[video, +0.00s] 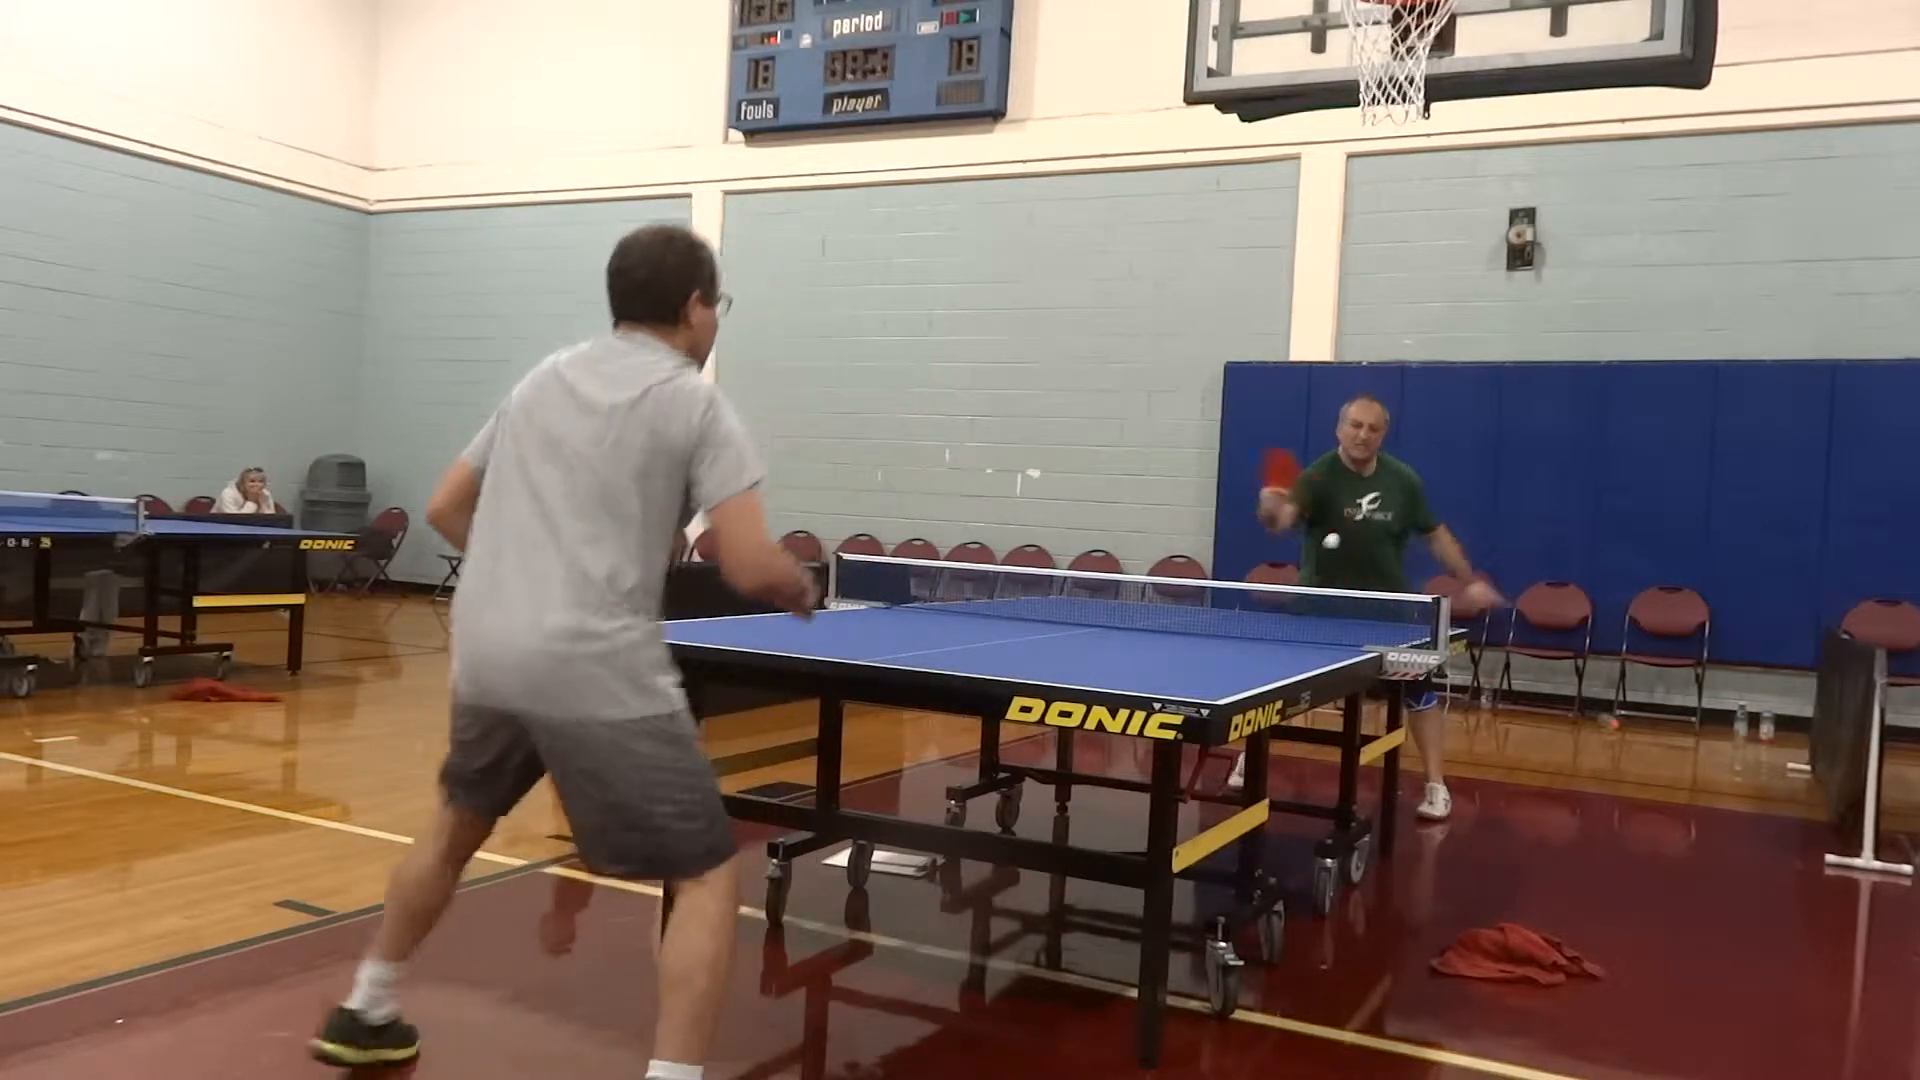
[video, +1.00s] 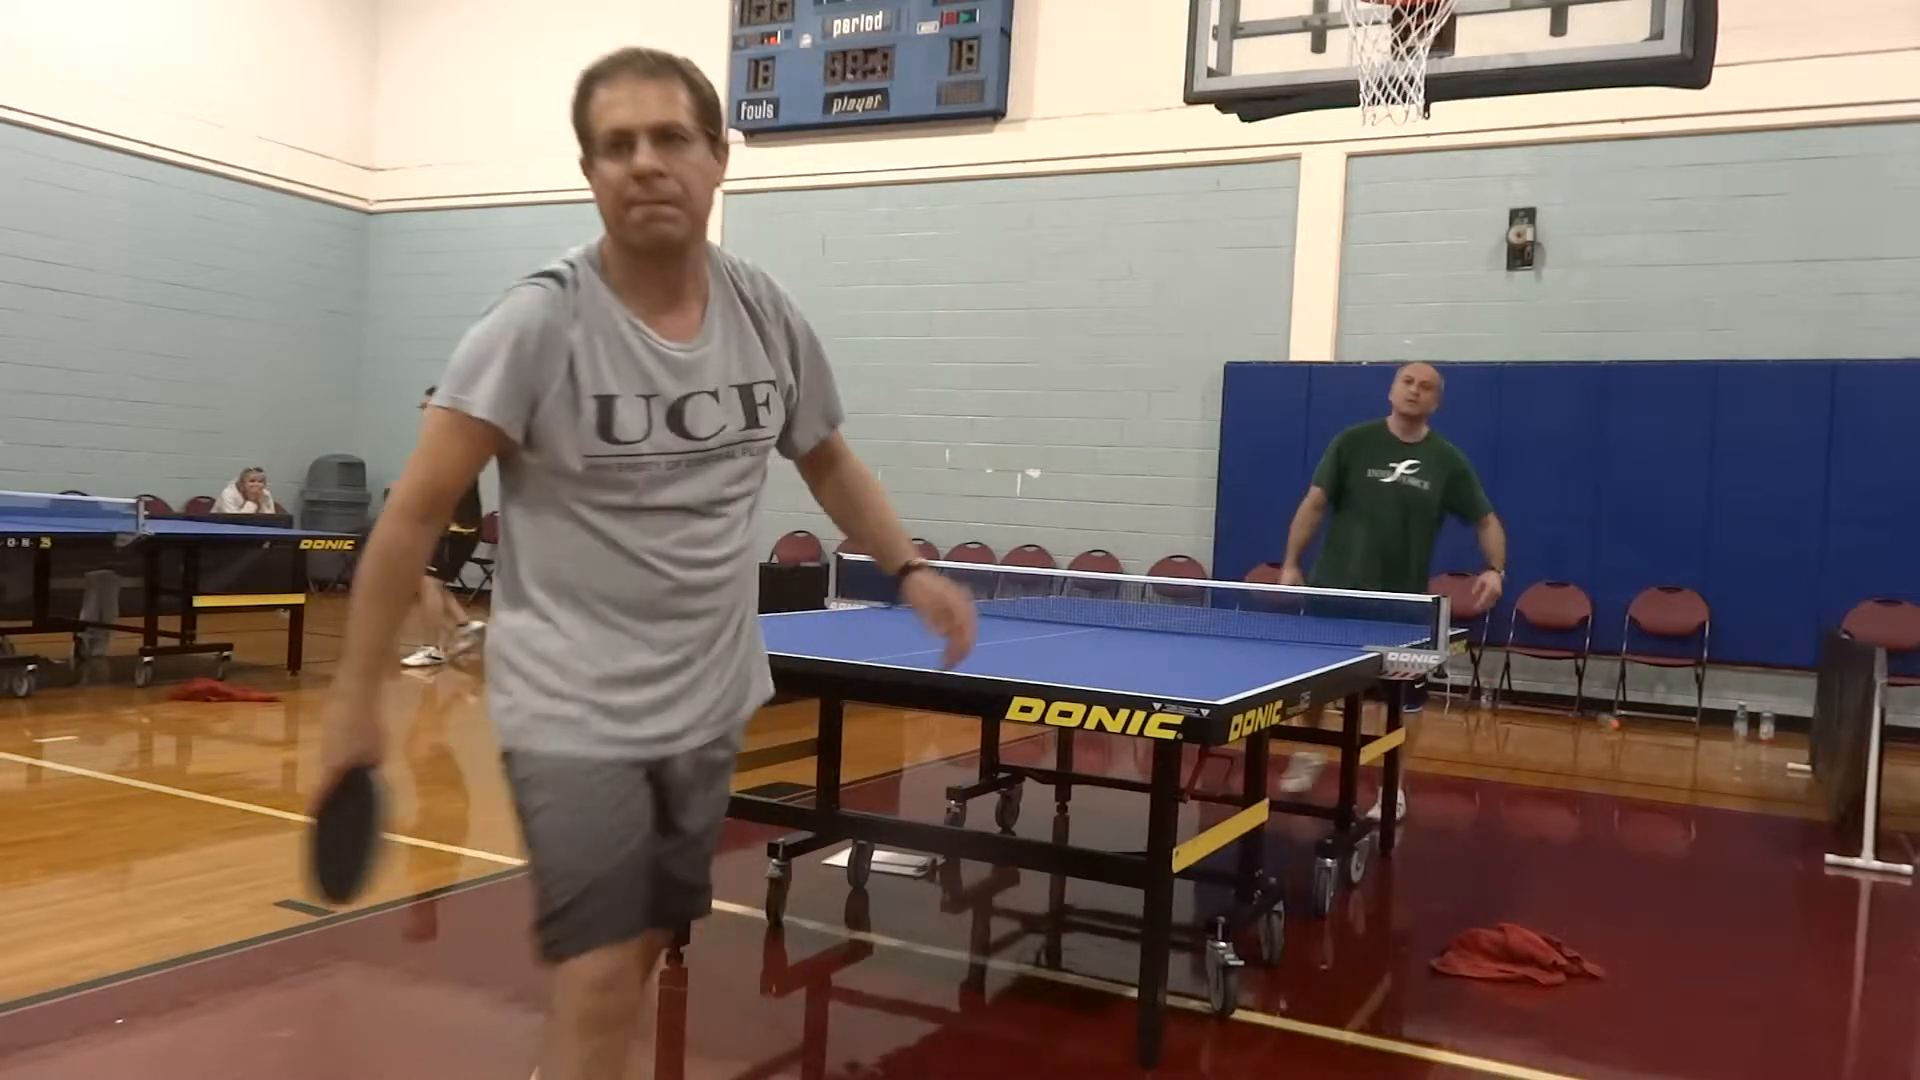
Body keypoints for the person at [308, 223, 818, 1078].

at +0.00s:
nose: (718, 318)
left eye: (716, 302)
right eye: (715, 302)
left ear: (617, 305)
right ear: (693, 306)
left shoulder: (545, 377)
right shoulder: (694, 399)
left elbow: (448, 509)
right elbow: (753, 570)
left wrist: (532, 565)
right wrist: (797, 586)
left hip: (485, 657)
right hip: (598, 671)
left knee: (453, 826)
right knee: (706, 868)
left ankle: (365, 1007)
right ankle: (674, 1070)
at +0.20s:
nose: (710, 380)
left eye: (708, 362)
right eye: (700, 361)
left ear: (621, 361)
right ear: (649, 363)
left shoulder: (536, 423)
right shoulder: (628, 448)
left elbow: (469, 552)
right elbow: (583, 605)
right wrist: (677, 723)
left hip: (459, 697)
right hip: (544, 714)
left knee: (469, 847)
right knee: (739, 868)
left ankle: (341, 1023)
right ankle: (691, 1068)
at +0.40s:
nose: (764, 325)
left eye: (769, 305)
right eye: (746, 303)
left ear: (675, 303)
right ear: (677, 300)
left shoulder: (618, 368)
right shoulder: (662, 389)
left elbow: (578, 522)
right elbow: (626, 525)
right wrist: (730, 602)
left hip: (539, 666)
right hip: (607, 683)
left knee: (508, 846)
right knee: (752, 885)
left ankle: (376, 1010)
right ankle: (724, 1070)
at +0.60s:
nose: (748, 251)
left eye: (766, 229)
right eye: (722, 228)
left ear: (783, 236)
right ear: (671, 231)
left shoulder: (721, 347)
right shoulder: (650, 344)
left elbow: (680, 524)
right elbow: (546, 510)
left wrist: (741, 625)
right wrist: (672, 613)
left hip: (647, 675)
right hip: (625, 682)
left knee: (627, 878)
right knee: (719, 906)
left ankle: (492, 1056)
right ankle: (722, 1074)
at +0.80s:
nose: (700, 215)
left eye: (722, 193)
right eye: (673, 194)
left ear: (749, 208)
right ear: (632, 209)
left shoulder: (757, 336)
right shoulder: (580, 341)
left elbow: (804, 466)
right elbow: (451, 506)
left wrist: (907, 567)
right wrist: (506, 679)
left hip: (712, 699)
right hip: (601, 705)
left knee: (635, 925)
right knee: (699, 931)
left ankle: (562, 1074)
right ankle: (686, 1078)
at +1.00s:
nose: (648, 166)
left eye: (673, 141)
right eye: (618, 146)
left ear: (719, 162)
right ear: (587, 175)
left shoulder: (761, 311)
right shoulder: (537, 322)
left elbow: (824, 456)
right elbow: (415, 511)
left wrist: (909, 567)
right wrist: (357, 703)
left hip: (708, 697)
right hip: (570, 707)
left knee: (638, 962)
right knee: (604, 979)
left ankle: (571, 1068)